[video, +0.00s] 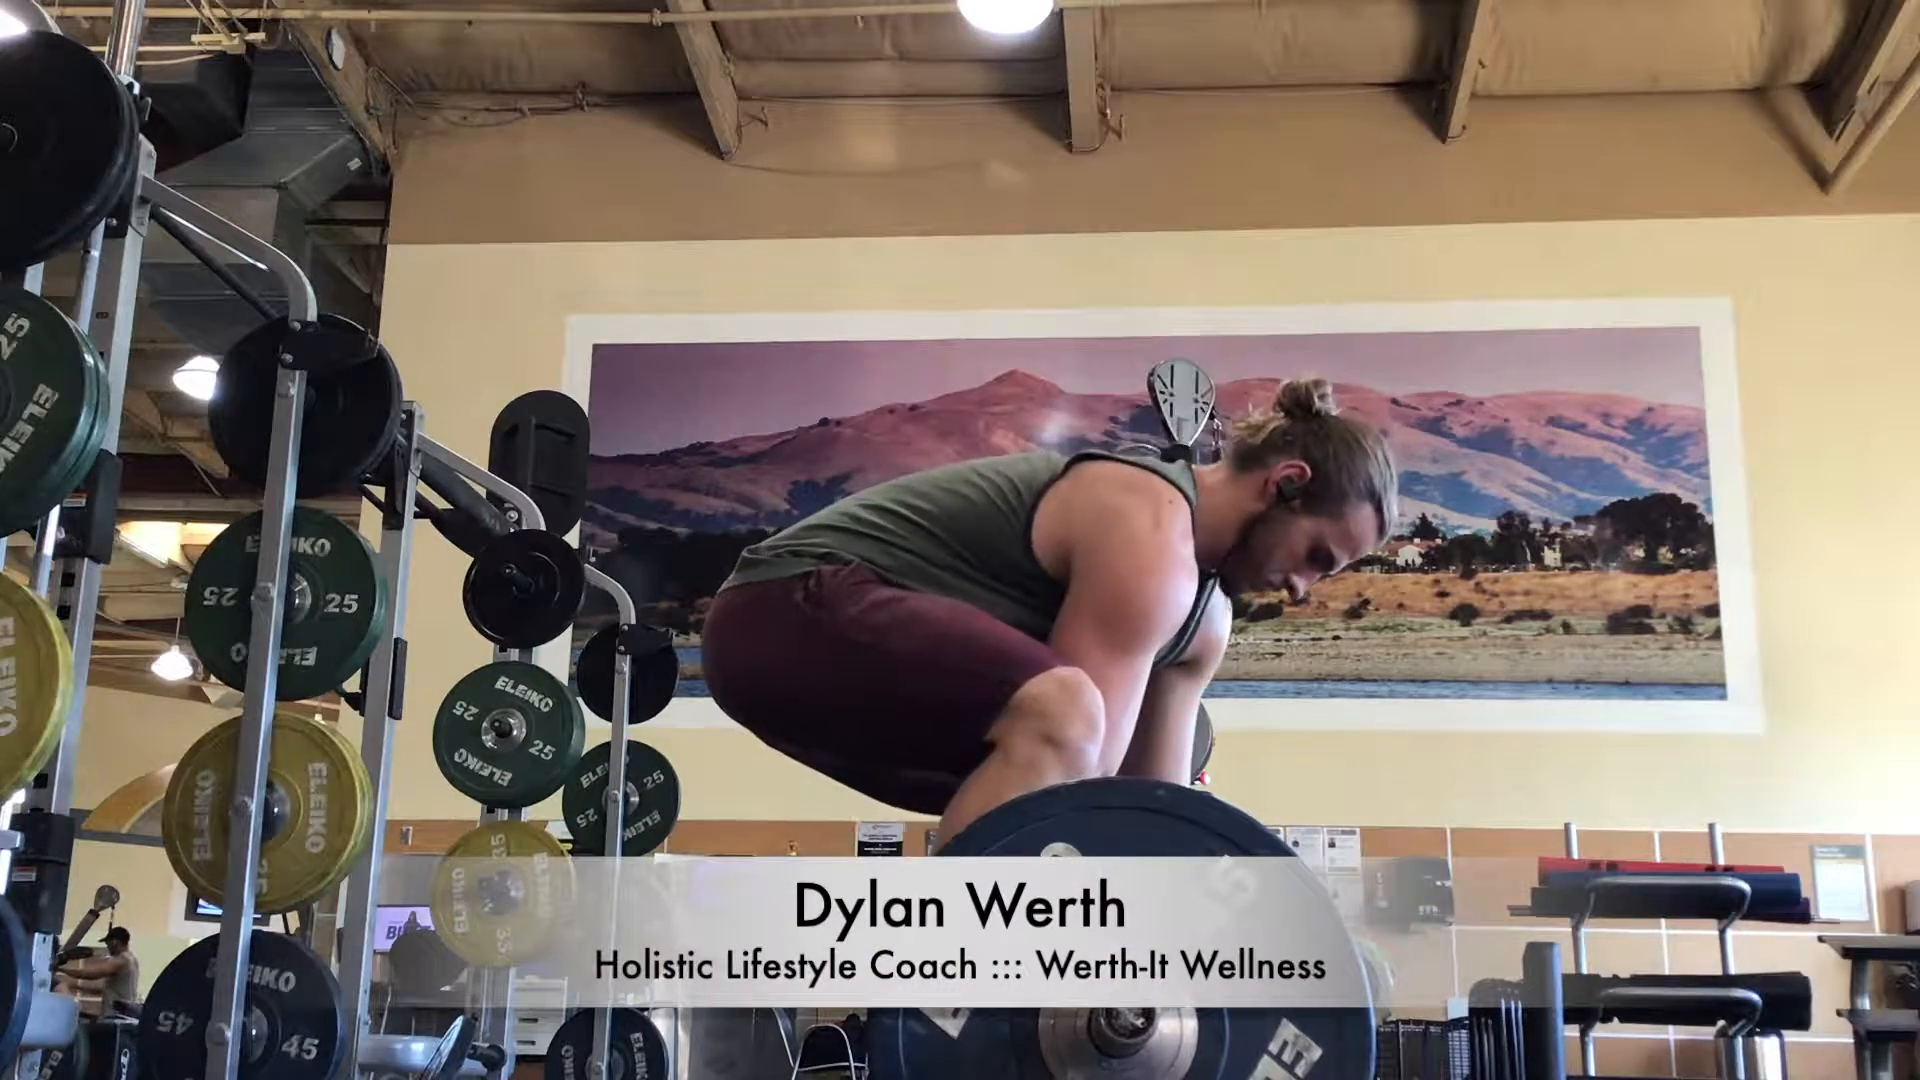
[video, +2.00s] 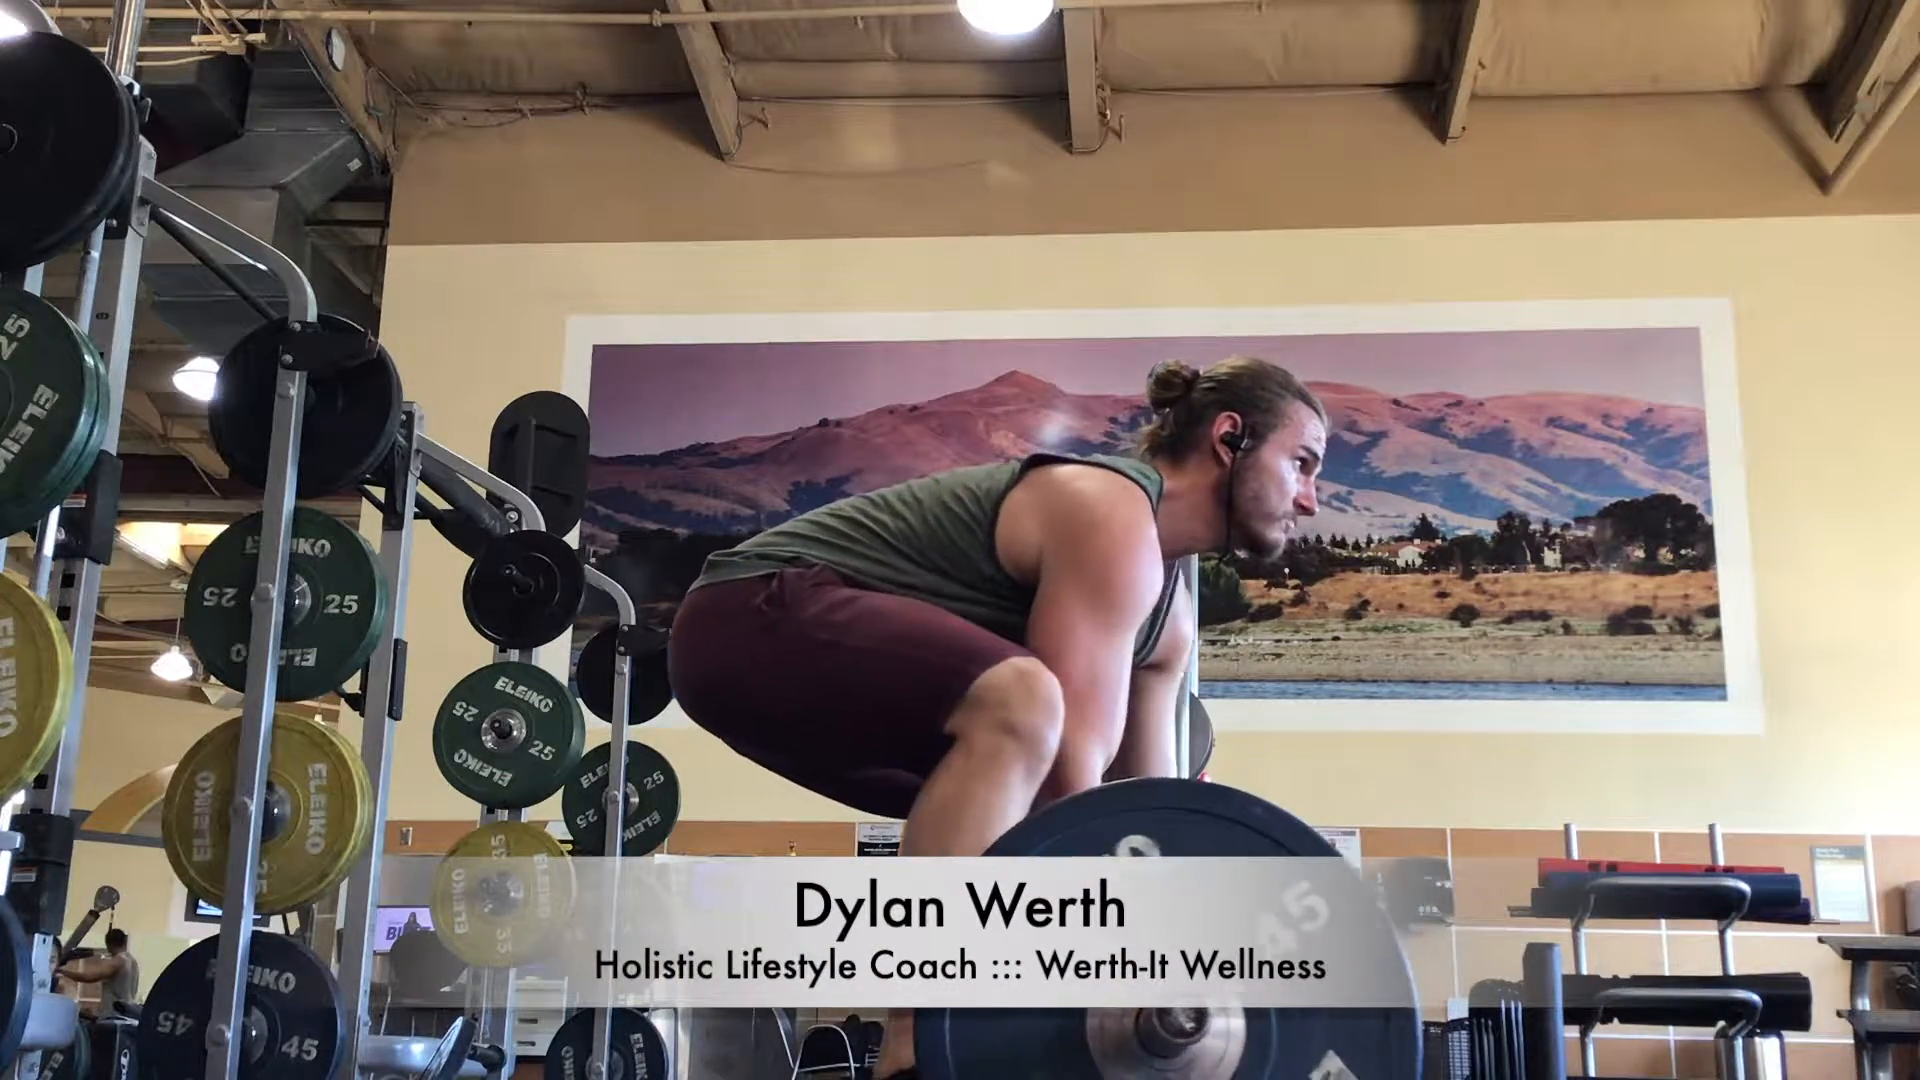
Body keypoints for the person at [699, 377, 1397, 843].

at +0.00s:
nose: (1303, 588)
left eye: (1325, 575)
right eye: (1316, 558)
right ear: (1282, 485)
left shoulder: (1199, 617)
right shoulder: (1143, 539)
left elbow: (1148, 812)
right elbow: (1068, 783)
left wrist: (1157, 968)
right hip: (790, 605)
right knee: (1062, 717)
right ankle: (918, 977)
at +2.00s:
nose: (1312, 497)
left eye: (1318, 477)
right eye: (1301, 464)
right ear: (1227, 439)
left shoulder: (1168, 613)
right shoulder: (1108, 522)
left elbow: (1152, 798)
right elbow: (1074, 776)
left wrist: (1174, 968)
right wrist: (1100, 967)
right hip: (754, 609)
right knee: (1018, 704)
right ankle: (907, 1043)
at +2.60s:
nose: (1332, 519)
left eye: (1339, 496)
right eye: (1323, 481)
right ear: (1250, 451)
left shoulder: (1174, 634)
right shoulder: (1127, 529)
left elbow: (1109, 823)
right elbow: (1028, 764)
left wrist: (1107, 979)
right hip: (766, 600)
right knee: (1032, 706)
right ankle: (942, 973)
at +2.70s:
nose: (1337, 522)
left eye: (1344, 499)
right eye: (1328, 485)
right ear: (1255, 454)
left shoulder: (1178, 631)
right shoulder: (1134, 529)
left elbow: (1112, 812)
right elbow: (1030, 757)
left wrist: (1117, 978)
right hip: (766, 599)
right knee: (1033, 707)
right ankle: (941, 975)